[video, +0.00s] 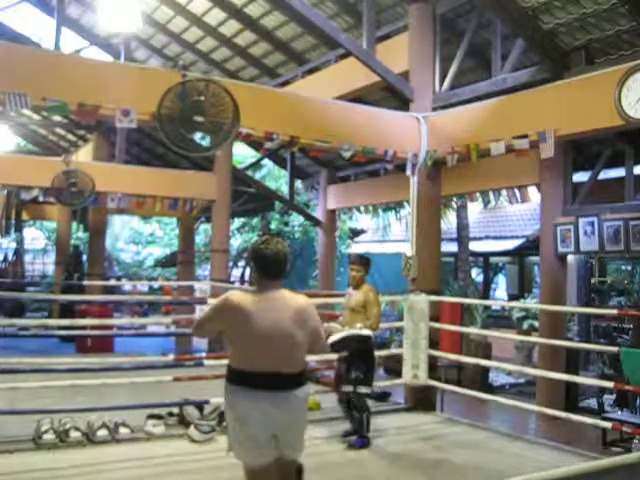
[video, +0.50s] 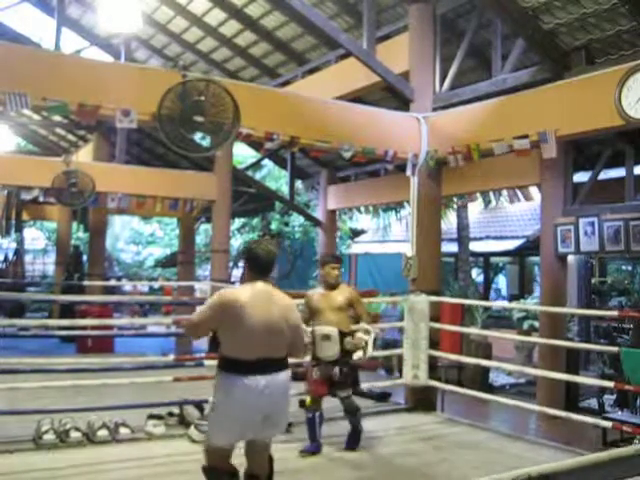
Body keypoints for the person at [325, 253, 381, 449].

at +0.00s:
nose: (353, 275)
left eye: (357, 271)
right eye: (351, 270)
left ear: (365, 274)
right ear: (349, 271)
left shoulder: (369, 293)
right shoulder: (350, 292)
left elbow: (374, 320)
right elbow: (349, 316)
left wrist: (363, 331)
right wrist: (339, 326)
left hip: (362, 343)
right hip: (348, 342)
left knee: (359, 390)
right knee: (344, 390)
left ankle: (362, 433)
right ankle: (355, 425)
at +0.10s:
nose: (352, 275)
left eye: (356, 271)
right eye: (350, 270)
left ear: (363, 273)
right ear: (348, 272)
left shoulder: (369, 293)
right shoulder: (344, 294)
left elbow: (374, 319)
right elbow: (345, 319)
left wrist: (365, 335)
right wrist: (336, 329)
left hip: (361, 345)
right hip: (343, 345)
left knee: (360, 392)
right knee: (333, 392)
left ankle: (362, 435)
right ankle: (339, 431)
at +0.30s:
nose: (344, 275)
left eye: (348, 271)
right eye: (341, 271)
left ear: (354, 273)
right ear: (335, 273)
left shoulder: (361, 296)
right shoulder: (328, 296)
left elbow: (372, 323)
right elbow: (322, 321)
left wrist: (357, 336)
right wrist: (319, 330)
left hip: (353, 353)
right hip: (331, 353)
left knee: (357, 396)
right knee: (321, 395)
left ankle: (361, 436)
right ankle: (316, 439)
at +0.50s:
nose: (336, 273)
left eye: (338, 269)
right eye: (332, 269)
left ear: (341, 272)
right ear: (321, 272)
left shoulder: (350, 294)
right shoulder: (312, 297)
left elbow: (365, 320)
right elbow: (304, 321)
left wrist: (359, 338)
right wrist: (304, 337)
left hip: (343, 349)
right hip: (319, 350)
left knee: (344, 394)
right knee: (313, 398)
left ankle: (355, 427)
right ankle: (314, 441)